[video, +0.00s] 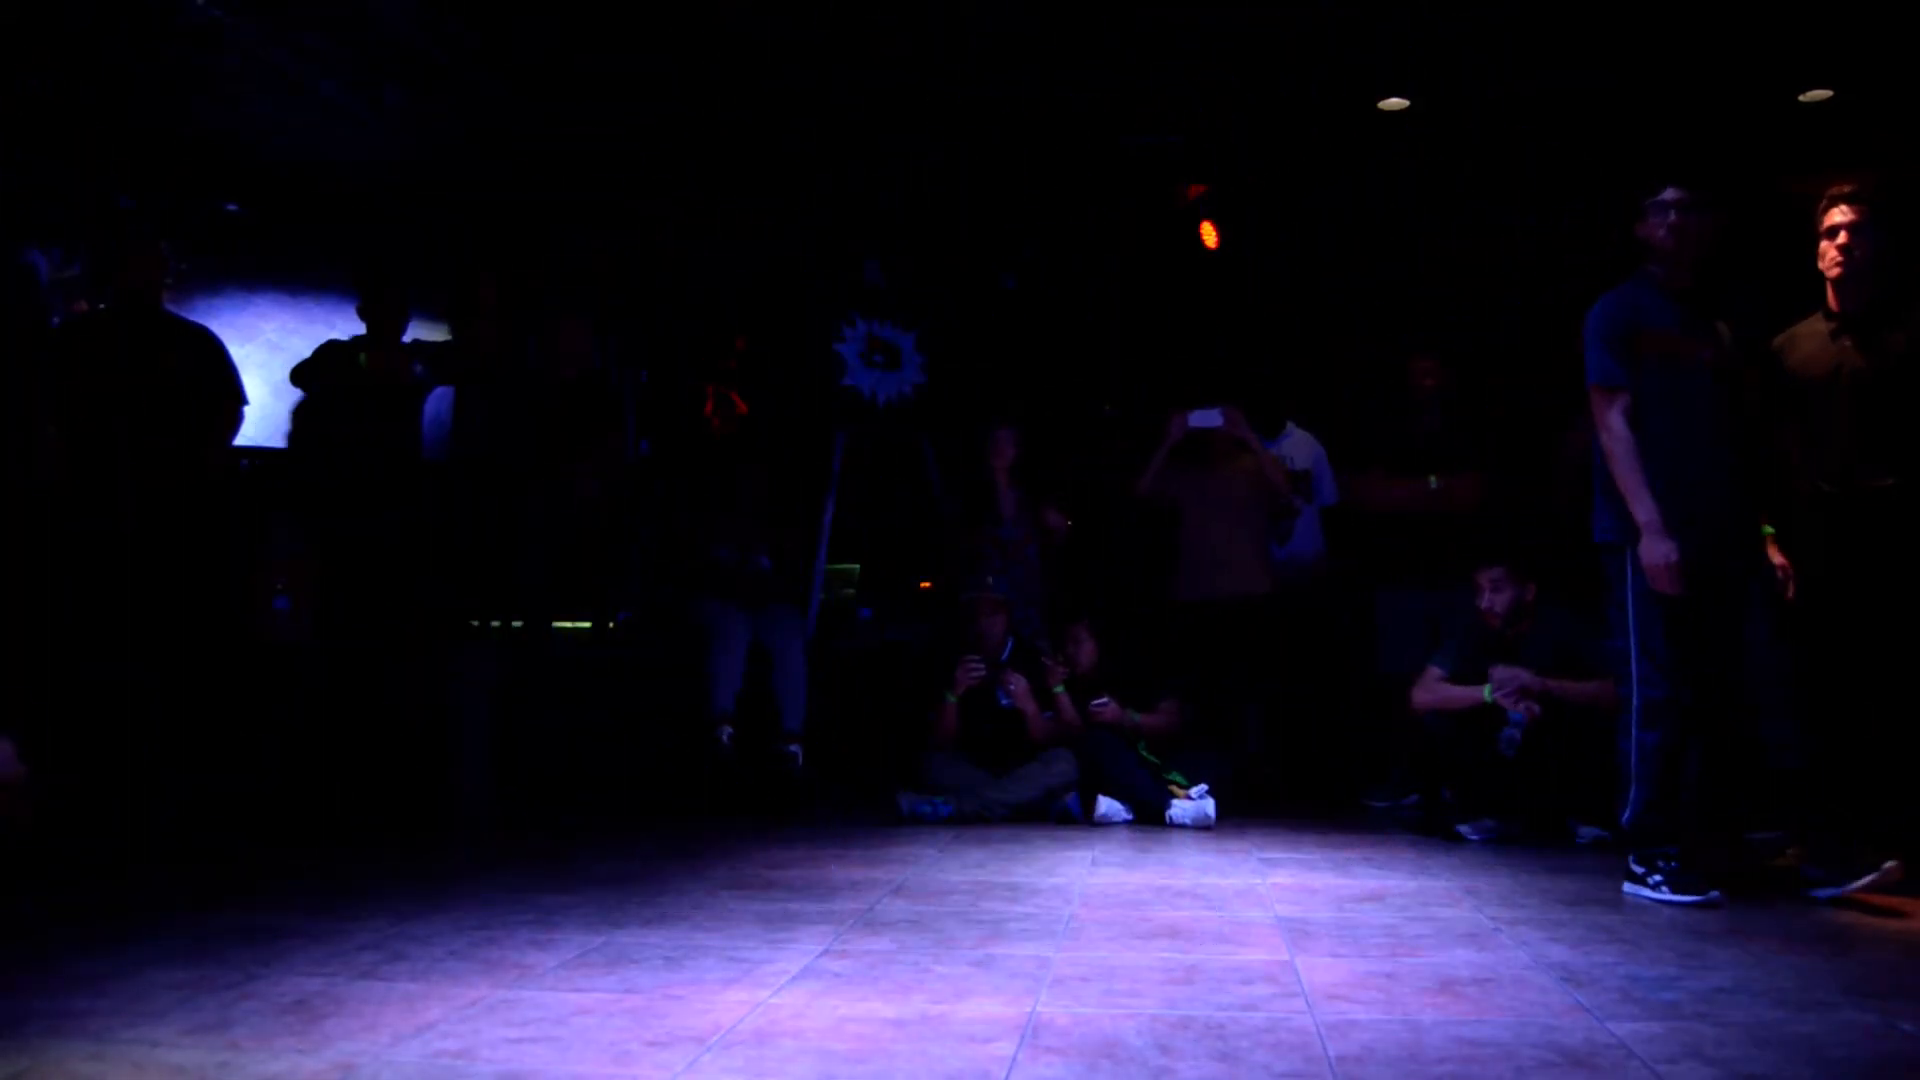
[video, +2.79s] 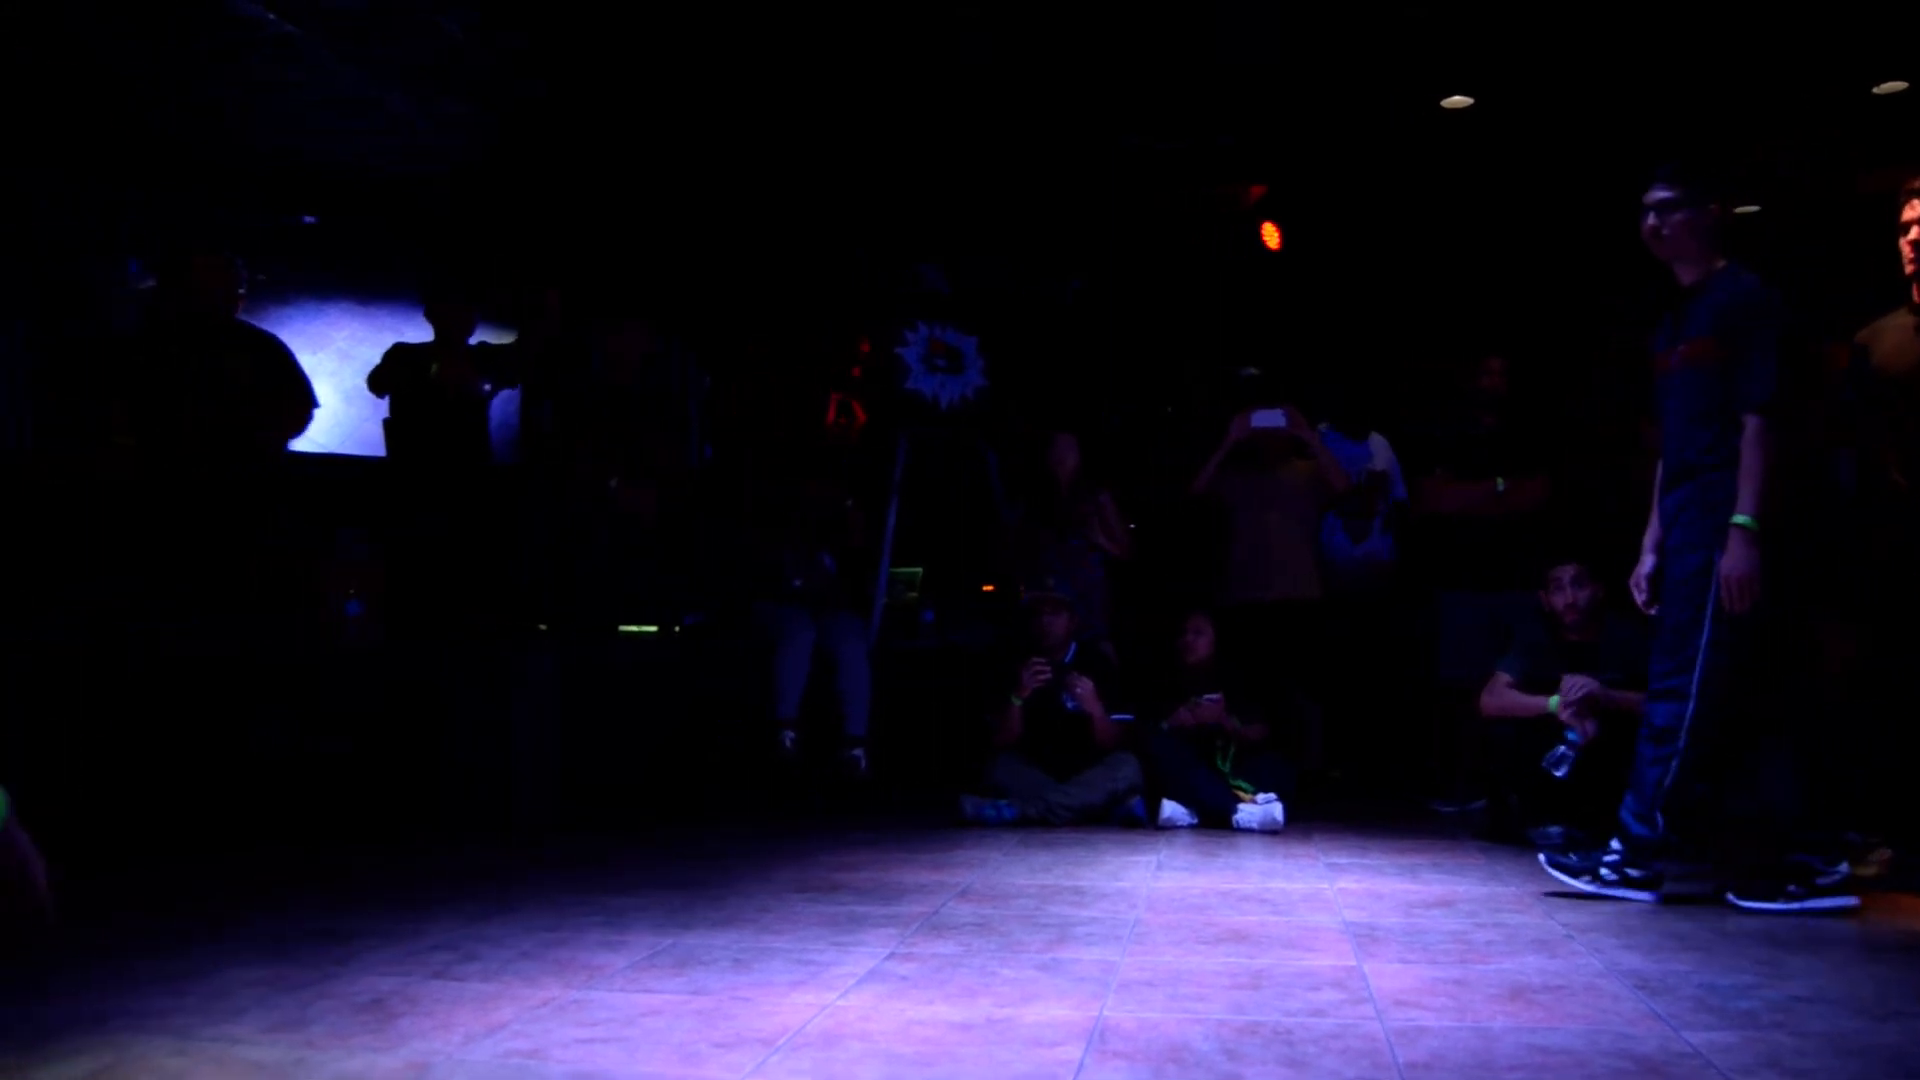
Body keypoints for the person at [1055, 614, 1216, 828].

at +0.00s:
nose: (1072, 652)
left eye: (1079, 643)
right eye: (1068, 645)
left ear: (1098, 644)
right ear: (1063, 650)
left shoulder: (1126, 679)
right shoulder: (1072, 685)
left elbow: (1168, 721)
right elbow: (1075, 730)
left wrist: (1122, 717)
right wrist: (1057, 687)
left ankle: (1127, 807)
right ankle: (1169, 806)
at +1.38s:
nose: (1095, 642)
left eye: (1103, 634)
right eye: (1091, 635)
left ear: (1119, 639)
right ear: (1084, 641)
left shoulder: (1143, 675)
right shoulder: (1082, 680)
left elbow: (1179, 723)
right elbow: (1077, 733)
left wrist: (1138, 718)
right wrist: (1066, 699)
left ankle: (1129, 809)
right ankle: (1169, 807)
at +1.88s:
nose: (1120, 645)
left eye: (1130, 637)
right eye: (1116, 637)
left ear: (1144, 642)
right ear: (1106, 642)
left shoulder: (1161, 680)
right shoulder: (1098, 681)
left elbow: (1194, 732)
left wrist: (1160, 721)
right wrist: (1082, 719)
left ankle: (1132, 813)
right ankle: (1172, 813)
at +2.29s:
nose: (1137, 645)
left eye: (1146, 637)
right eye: (1131, 638)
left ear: (1161, 641)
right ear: (1123, 643)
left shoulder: (1181, 680)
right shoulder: (1115, 682)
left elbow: (1207, 733)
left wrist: (1175, 721)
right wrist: (1105, 719)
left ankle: (1143, 813)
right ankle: (1181, 813)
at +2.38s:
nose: (1153, 644)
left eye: (1162, 636)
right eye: (1147, 637)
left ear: (1177, 641)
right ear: (1140, 643)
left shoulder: (1197, 679)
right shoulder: (1131, 679)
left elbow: (1222, 733)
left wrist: (1189, 719)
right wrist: (1123, 717)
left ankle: (1157, 812)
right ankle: (1196, 813)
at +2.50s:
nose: (1178, 642)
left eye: (1188, 634)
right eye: (1174, 635)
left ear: (1204, 638)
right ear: (1166, 641)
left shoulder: (1226, 678)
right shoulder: (1158, 679)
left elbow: (1249, 731)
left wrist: (1213, 717)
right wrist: (1156, 718)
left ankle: (1183, 811)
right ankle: (1223, 812)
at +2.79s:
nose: (1189, 641)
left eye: (1198, 633)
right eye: (1184, 634)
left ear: (1214, 638)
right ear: (1177, 639)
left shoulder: (1234, 677)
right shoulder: (1170, 679)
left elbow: (1259, 731)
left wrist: (1222, 719)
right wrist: (1180, 720)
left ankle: (1195, 810)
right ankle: (1236, 811)